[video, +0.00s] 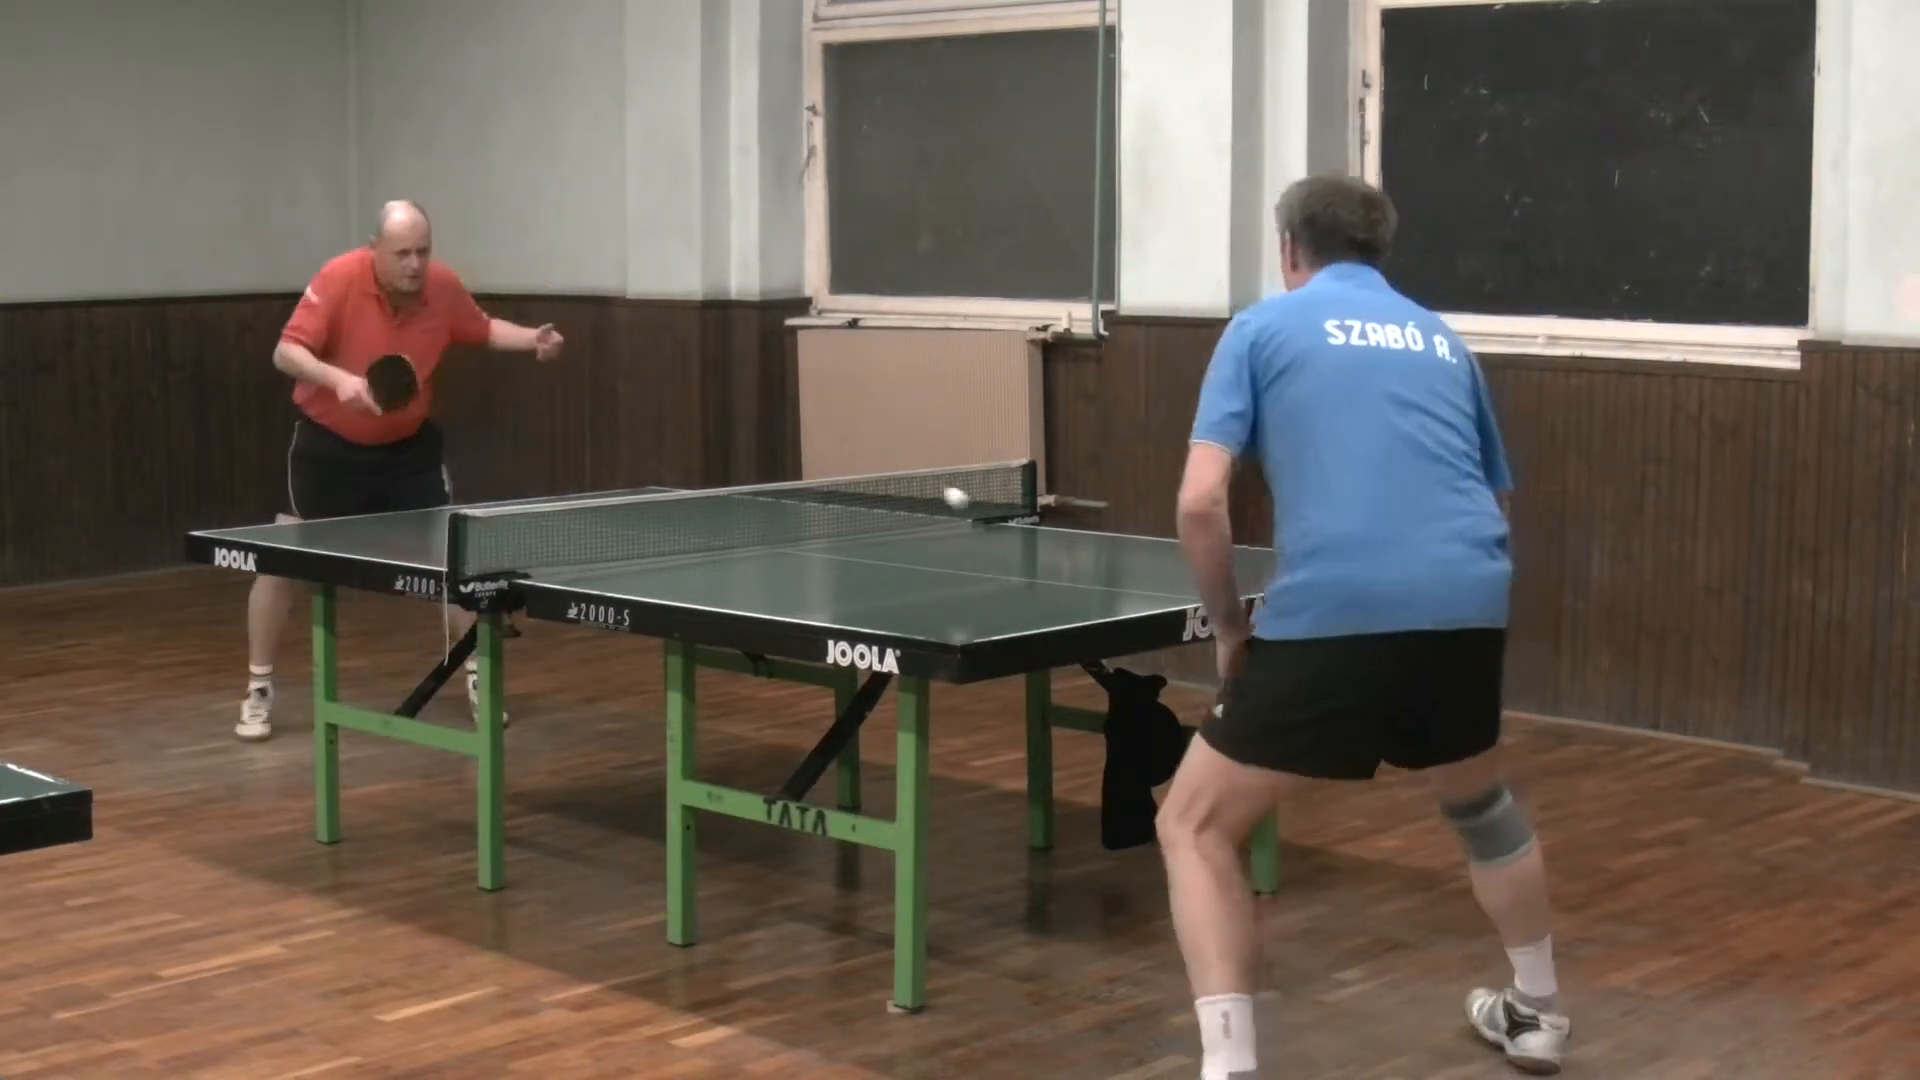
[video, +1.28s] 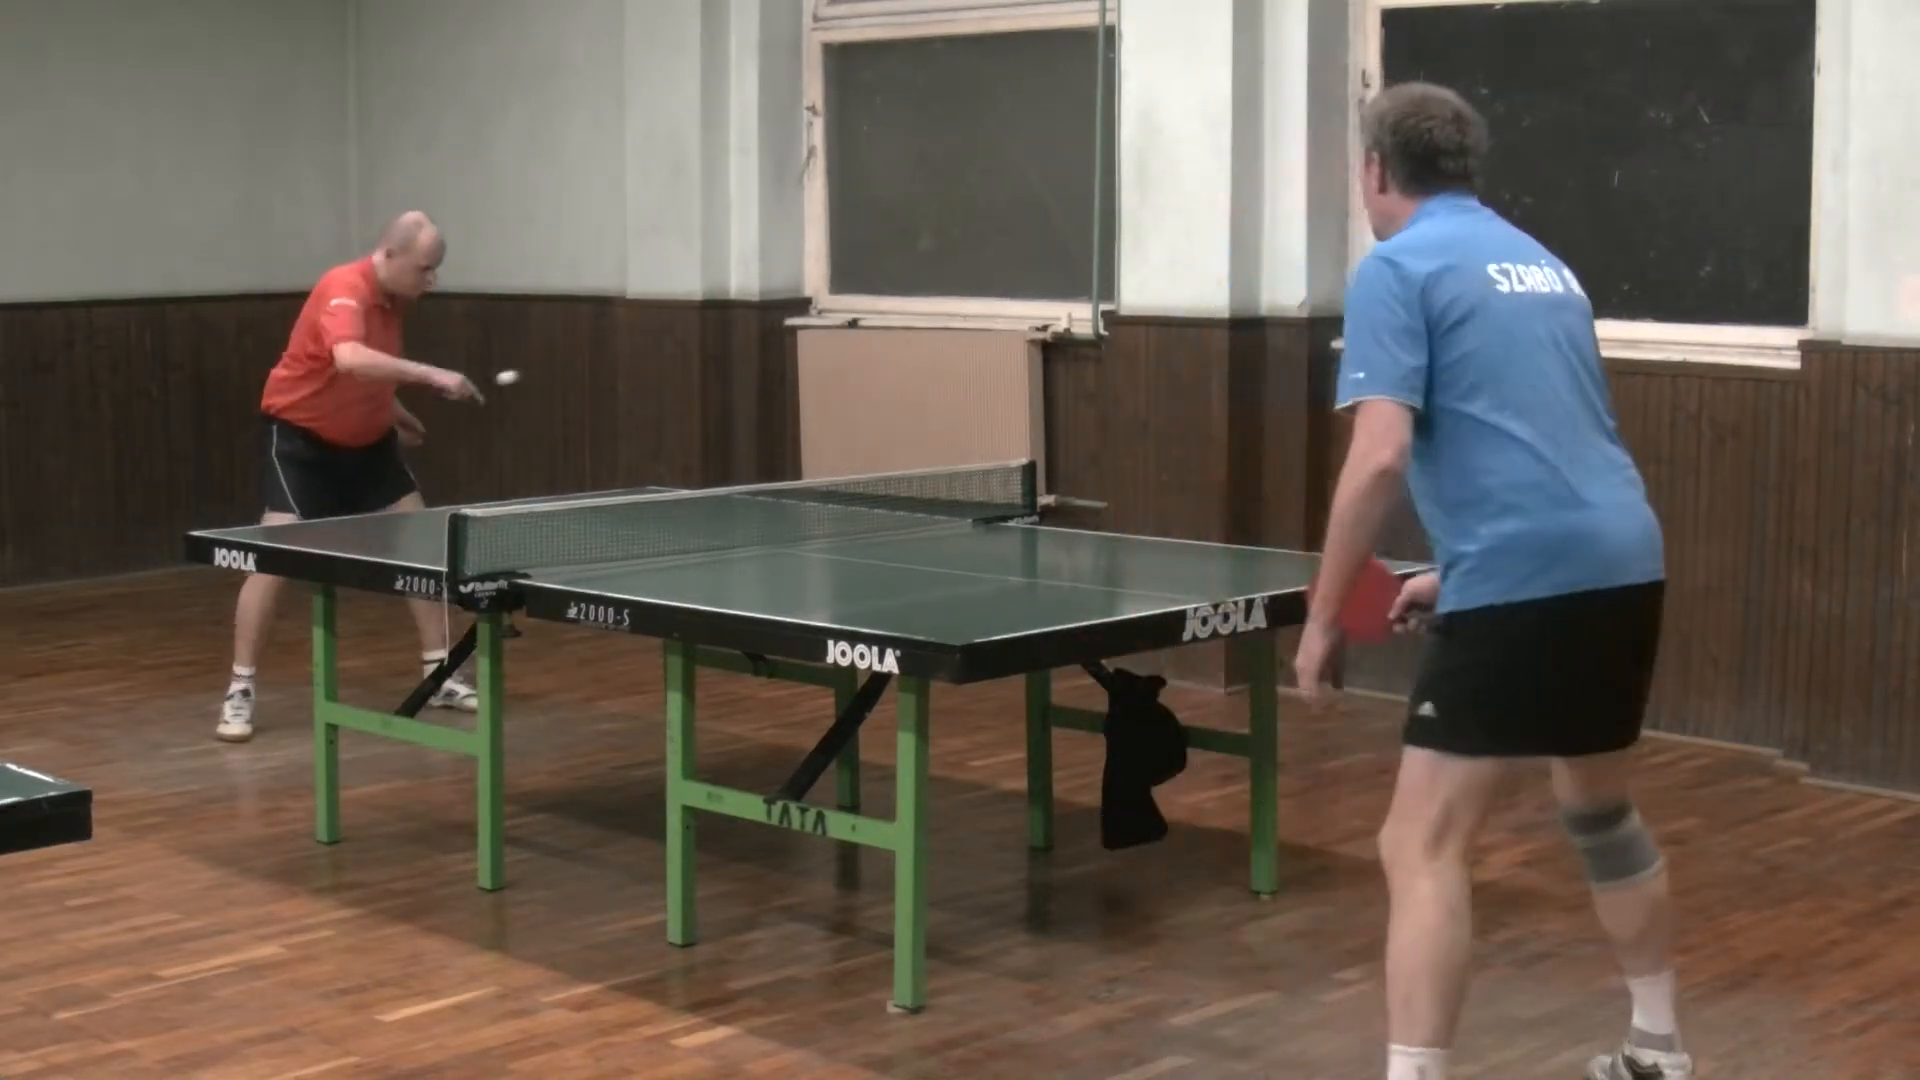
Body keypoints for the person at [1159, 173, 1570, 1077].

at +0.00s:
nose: (1274, 270)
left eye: (1276, 256)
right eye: (1279, 257)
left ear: (1294, 255)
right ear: (1381, 255)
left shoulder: (1262, 327)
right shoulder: (1444, 338)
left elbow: (1202, 502)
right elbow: (1496, 508)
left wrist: (1227, 623)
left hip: (1331, 618)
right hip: (1467, 618)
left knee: (1195, 823)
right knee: (1482, 802)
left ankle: (1229, 1060)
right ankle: (1540, 1009)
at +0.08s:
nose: (1257, 277)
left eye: (1259, 265)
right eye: (1265, 266)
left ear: (1273, 265)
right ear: (1360, 268)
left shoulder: (1233, 336)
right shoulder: (1418, 352)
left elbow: (1168, 508)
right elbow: (1468, 511)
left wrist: (1198, 630)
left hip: (1300, 639)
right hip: (1438, 636)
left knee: (1187, 845)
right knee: (1469, 817)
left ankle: (1194, 1064)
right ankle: (1535, 1011)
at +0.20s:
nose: (1224, 283)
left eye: (1226, 272)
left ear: (1239, 272)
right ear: (1326, 281)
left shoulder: (1197, 339)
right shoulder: (1379, 367)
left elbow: (1131, 510)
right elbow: (1387, 522)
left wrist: (1151, 641)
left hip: (1267, 644)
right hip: (1405, 639)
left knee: (1146, 845)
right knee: (1423, 801)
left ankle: (1179, 1067)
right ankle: (1519, 1014)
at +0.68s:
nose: (1229, 170)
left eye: (1231, 153)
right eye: (1232, 153)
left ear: (1250, 154)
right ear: (1341, 156)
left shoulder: (1267, 246)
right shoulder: (1396, 247)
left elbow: (1242, 428)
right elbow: (1386, 439)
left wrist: (1170, 587)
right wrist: (1277, 625)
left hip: (1344, 565)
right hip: (1459, 559)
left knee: (1234, 818)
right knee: (1394, 803)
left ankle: (1306, 1066)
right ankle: (1407, 1056)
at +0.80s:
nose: (1252, 152)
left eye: (1255, 136)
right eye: (1255, 136)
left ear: (1272, 145)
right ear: (1368, 148)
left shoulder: (1275, 248)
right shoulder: (1430, 251)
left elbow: (1256, 444)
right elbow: (1487, 439)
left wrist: (1194, 605)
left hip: (1348, 590)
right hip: (1473, 583)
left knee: (1307, 849)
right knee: (1418, 814)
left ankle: (1376, 1066)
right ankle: (1406, 1047)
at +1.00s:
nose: (1298, 166)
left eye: (1302, 151)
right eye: (1303, 151)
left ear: (1318, 157)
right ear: (1413, 158)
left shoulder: (1302, 265)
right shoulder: (1483, 260)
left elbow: (1269, 468)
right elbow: (1518, 434)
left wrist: (1228, 618)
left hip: (1381, 600)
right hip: (1515, 583)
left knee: (1321, 861)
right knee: (1507, 772)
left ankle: (1379, 1070)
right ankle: (1554, 1023)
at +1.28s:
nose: (1360, 192)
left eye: (1361, 175)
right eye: (1363, 175)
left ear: (1378, 175)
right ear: (1464, 169)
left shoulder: (1394, 267)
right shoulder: (1537, 259)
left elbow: (1379, 458)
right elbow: (1561, 453)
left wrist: (1323, 619)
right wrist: (1455, 573)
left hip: (1517, 579)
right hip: (1626, 566)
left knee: (1422, 843)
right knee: (1601, 810)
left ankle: (1414, 1070)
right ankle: (1660, 1044)